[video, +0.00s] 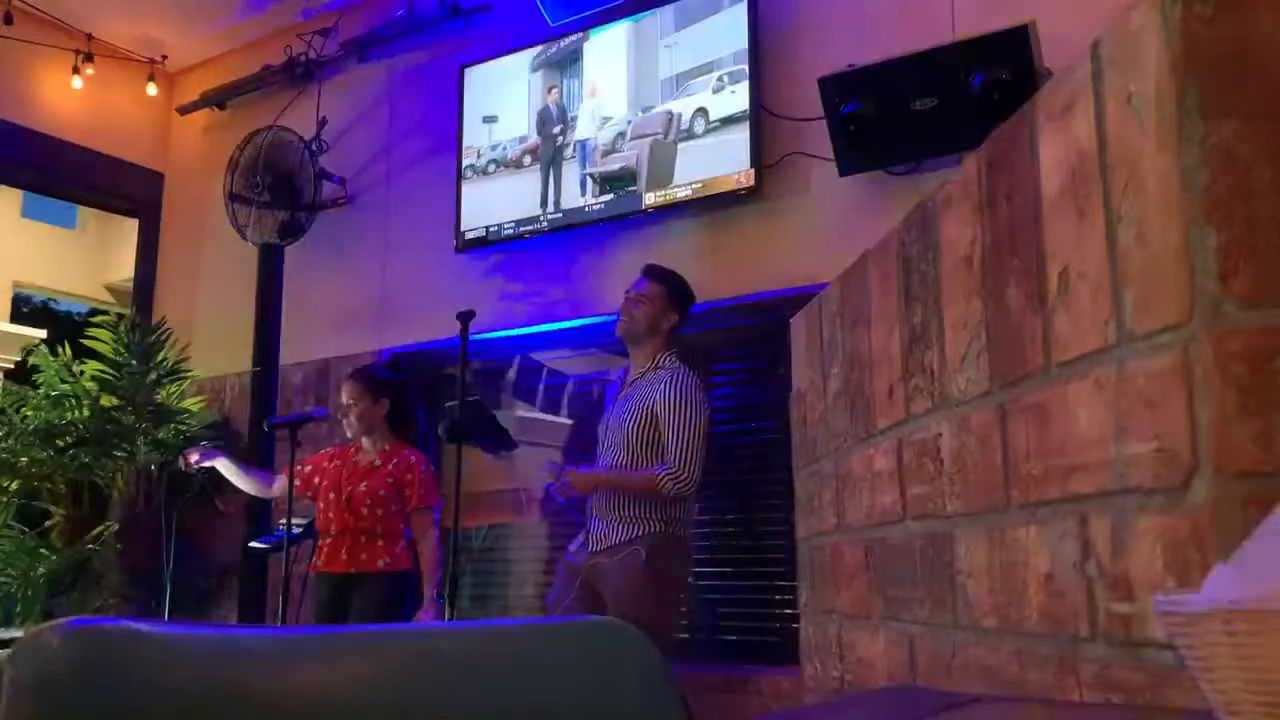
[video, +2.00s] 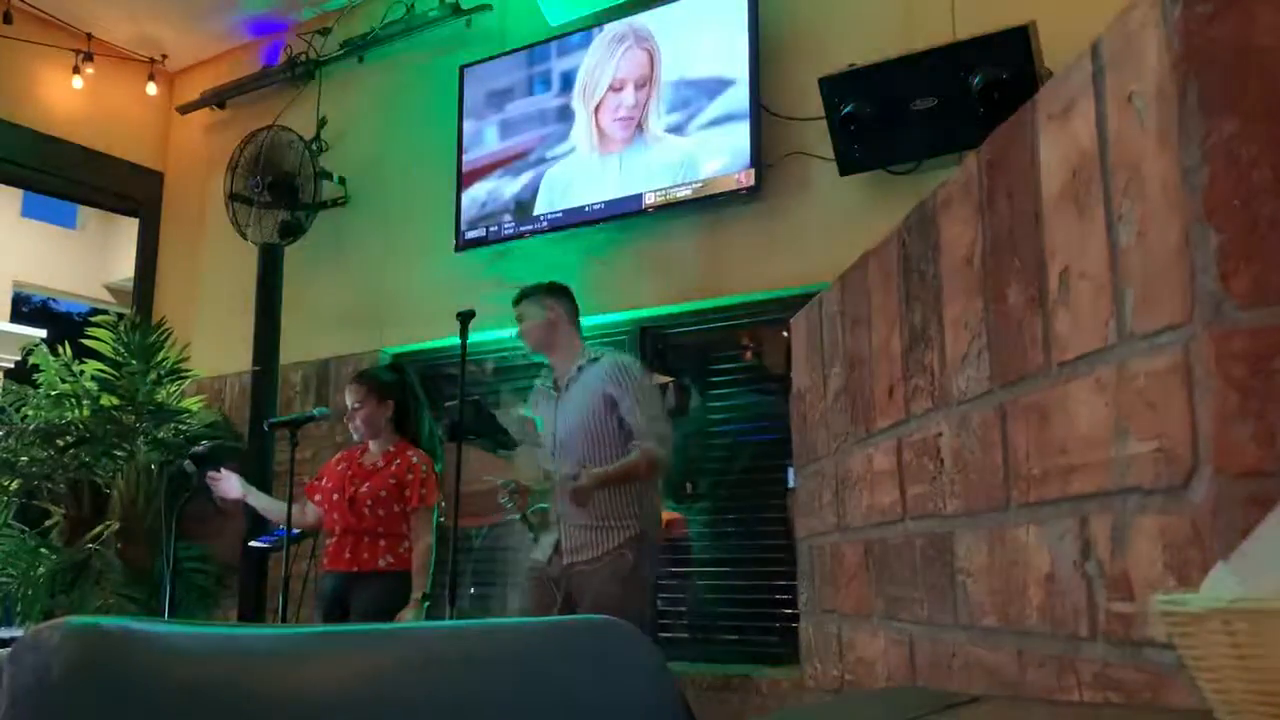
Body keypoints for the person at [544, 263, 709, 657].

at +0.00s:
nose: (626, 305)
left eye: (640, 300)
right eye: (627, 298)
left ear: (669, 319)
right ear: (623, 304)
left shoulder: (678, 382)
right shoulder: (627, 385)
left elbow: (680, 478)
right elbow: (622, 468)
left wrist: (595, 479)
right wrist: (577, 480)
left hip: (644, 549)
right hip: (593, 546)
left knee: (639, 673)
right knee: (565, 659)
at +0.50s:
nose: (600, 300)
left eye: (615, 296)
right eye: (596, 293)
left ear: (639, 317)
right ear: (587, 309)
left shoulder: (656, 385)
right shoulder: (579, 390)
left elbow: (685, 477)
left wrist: (600, 476)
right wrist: (544, 483)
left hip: (622, 558)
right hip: (563, 556)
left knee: (625, 678)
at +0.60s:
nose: (590, 301)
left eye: (605, 295)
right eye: (585, 293)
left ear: (627, 314)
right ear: (576, 305)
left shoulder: (648, 389)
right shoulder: (547, 386)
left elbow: (669, 484)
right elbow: (536, 466)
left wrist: (590, 506)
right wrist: (517, 484)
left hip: (609, 559)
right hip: (539, 557)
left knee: (608, 680)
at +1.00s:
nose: (541, 284)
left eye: (555, 279)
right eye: (533, 278)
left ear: (575, 299)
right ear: (523, 296)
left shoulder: (604, 377)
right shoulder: (493, 380)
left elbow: (632, 469)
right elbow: (481, 463)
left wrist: (579, 508)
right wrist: (468, 454)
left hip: (571, 559)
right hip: (494, 561)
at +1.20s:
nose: (484, 303)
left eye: (493, 289)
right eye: (486, 291)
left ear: (530, 293)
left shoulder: (585, 367)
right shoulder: (487, 383)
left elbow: (624, 455)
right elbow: (481, 466)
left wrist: (565, 504)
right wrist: (462, 460)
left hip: (565, 556)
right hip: (489, 561)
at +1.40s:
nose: (468, 327)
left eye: (472, 314)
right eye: (468, 317)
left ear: (497, 307)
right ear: (497, 309)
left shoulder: (570, 366)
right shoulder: (496, 395)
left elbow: (616, 452)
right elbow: (519, 486)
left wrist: (563, 519)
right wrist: (475, 492)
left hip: (564, 561)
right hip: (496, 563)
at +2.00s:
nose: (519, 332)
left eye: (524, 320)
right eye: (518, 322)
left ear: (554, 315)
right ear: (549, 319)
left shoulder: (616, 370)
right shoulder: (542, 393)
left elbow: (656, 449)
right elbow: (553, 468)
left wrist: (596, 478)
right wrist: (527, 491)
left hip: (614, 551)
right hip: (554, 551)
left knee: (613, 665)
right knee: (539, 659)